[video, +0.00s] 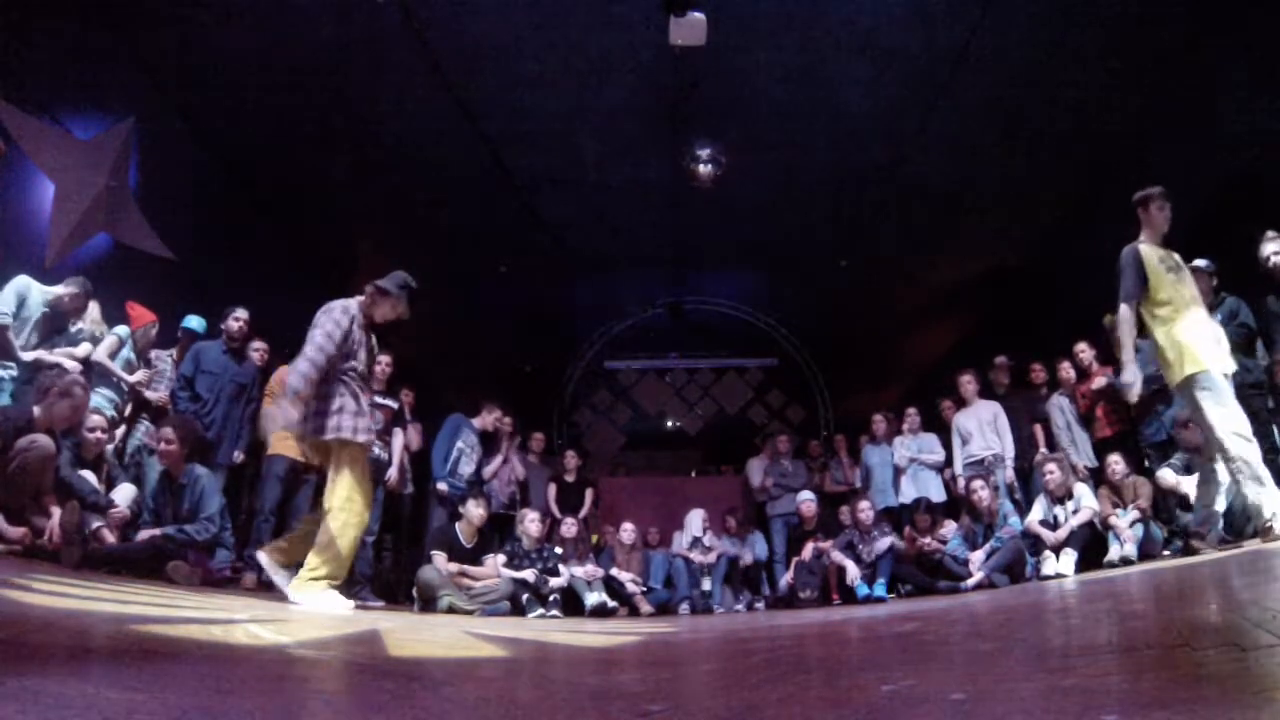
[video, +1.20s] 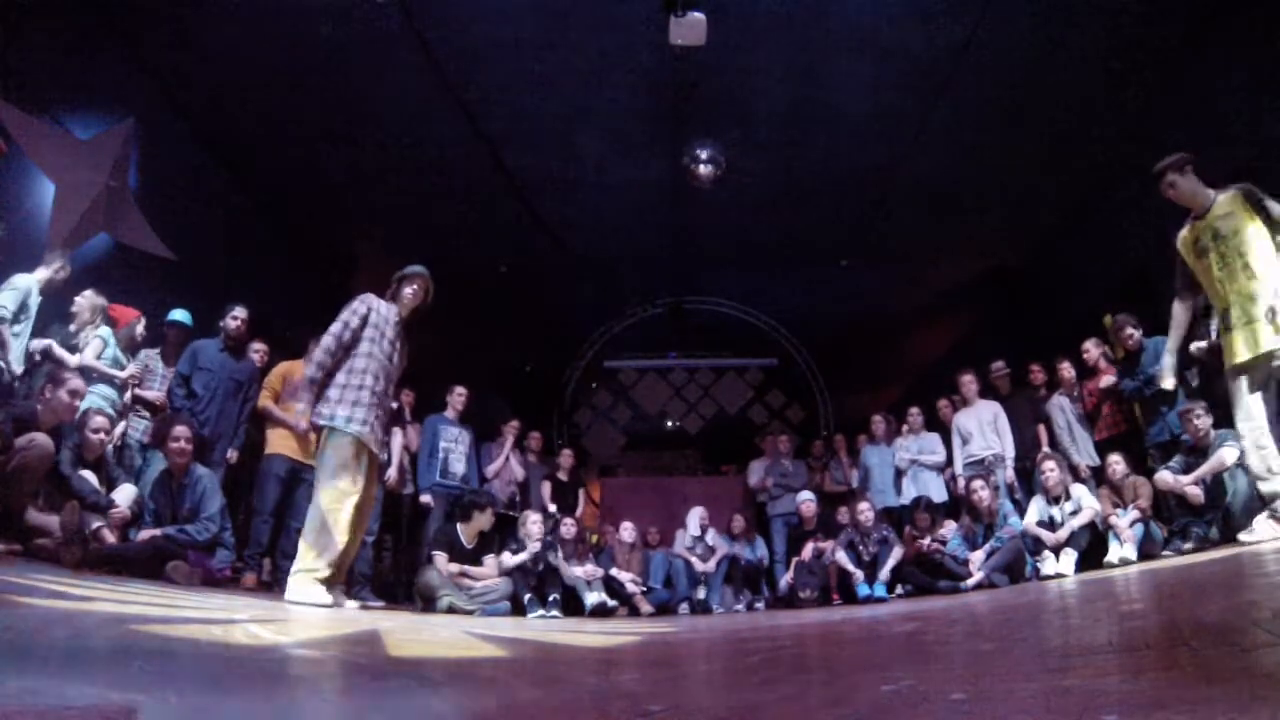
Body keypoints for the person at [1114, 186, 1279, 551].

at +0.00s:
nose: (1168, 214)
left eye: (1168, 208)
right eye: (1161, 208)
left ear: (1165, 213)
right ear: (1144, 213)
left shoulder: (1171, 257)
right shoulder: (1135, 253)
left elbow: (1191, 307)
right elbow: (1126, 309)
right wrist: (1129, 366)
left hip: (1211, 353)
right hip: (1189, 356)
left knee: (1217, 448)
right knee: (1235, 435)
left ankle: (1202, 529)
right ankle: (1271, 515)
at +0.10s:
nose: (1169, 207)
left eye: (1170, 201)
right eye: (1162, 201)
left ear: (1170, 206)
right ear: (1144, 207)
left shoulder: (1179, 249)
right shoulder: (1136, 249)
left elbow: (1202, 295)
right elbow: (1137, 300)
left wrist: (1224, 326)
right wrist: (1146, 349)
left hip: (1222, 337)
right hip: (1192, 343)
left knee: (1246, 430)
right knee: (1235, 431)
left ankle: (1217, 520)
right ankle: (1267, 515)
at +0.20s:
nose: (1172, 203)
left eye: (1172, 197)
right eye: (1164, 198)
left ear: (1174, 201)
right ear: (1146, 204)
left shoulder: (1187, 244)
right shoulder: (1141, 247)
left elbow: (1208, 286)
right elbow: (1152, 297)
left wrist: (1231, 322)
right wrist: (1177, 343)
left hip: (1232, 330)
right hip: (1201, 337)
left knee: (1271, 412)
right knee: (1241, 425)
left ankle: (1244, 496)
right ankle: (1266, 513)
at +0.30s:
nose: (1174, 199)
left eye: (1175, 193)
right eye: (1166, 194)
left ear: (1177, 197)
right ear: (1150, 201)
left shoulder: (1193, 239)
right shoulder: (1147, 244)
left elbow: (1216, 284)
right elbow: (1169, 291)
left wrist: (1239, 315)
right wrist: (1205, 323)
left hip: (1237, 324)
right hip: (1205, 335)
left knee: (1275, 405)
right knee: (1242, 427)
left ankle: (1266, 483)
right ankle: (1266, 512)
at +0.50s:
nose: (1184, 189)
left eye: (1185, 182)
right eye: (1175, 184)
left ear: (1187, 188)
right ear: (1159, 193)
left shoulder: (1207, 229)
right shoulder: (1158, 233)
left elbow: (1231, 275)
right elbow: (1189, 272)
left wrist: (1264, 299)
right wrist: (1245, 291)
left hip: (1250, 321)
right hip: (1214, 330)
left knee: (1277, 409)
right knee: (1245, 423)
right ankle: (1267, 513)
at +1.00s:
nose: (1189, 177)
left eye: (1193, 167)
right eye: (1182, 173)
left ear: (1211, 164)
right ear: (1180, 182)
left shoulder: (1255, 198)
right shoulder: (1185, 230)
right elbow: (1198, 284)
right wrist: (1225, 332)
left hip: (1274, 325)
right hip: (1240, 338)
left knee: (1270, 425)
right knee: (1263, 429)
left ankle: (1273, 506)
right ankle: (1273, 507)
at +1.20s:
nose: (1170, 194)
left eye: (1171, 184)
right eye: (1165, 190)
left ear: (1190, 173)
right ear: (1167, 196)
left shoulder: (1242, 196)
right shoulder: (1186, 240)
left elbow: (1279, 225)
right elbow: (1184, 298)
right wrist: (1169, 356)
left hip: (1272, 317)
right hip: (1237, 334)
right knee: (1249, 421)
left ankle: (1275, 505)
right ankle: (1275, 506)